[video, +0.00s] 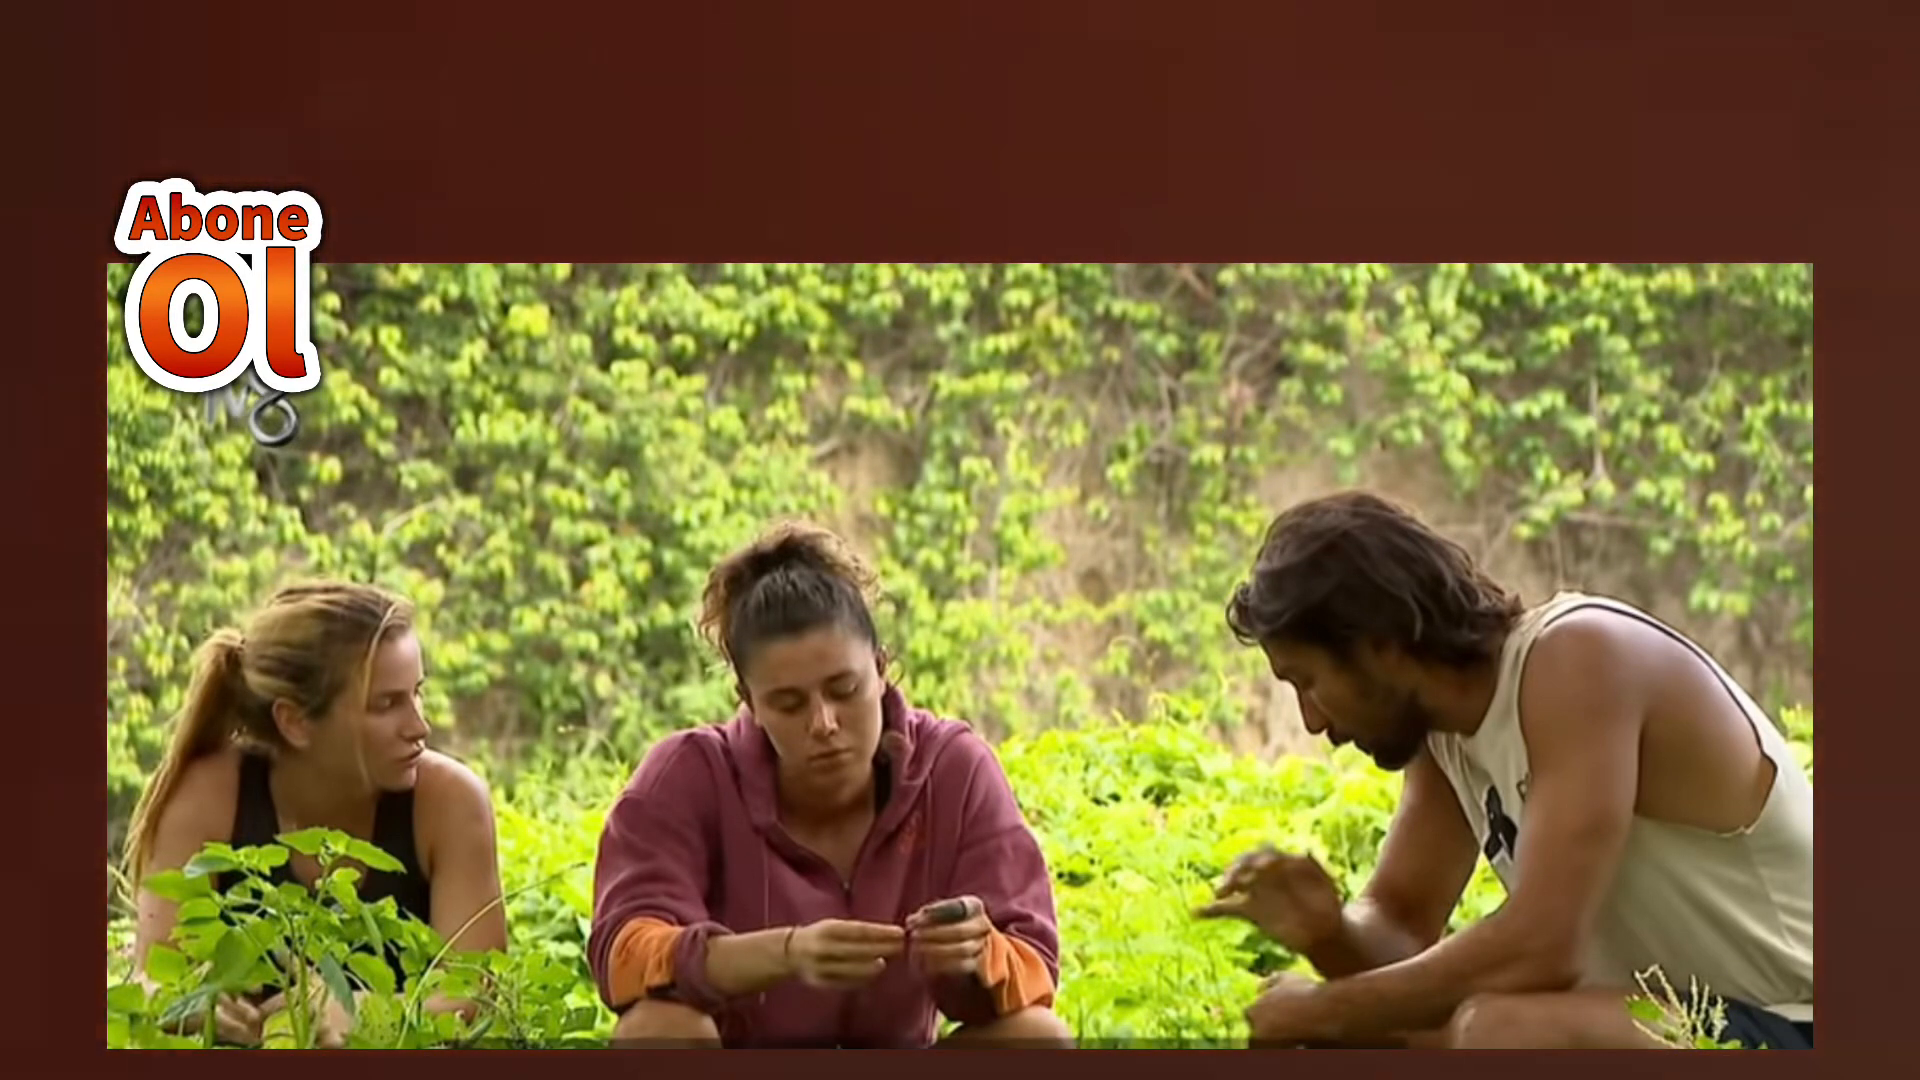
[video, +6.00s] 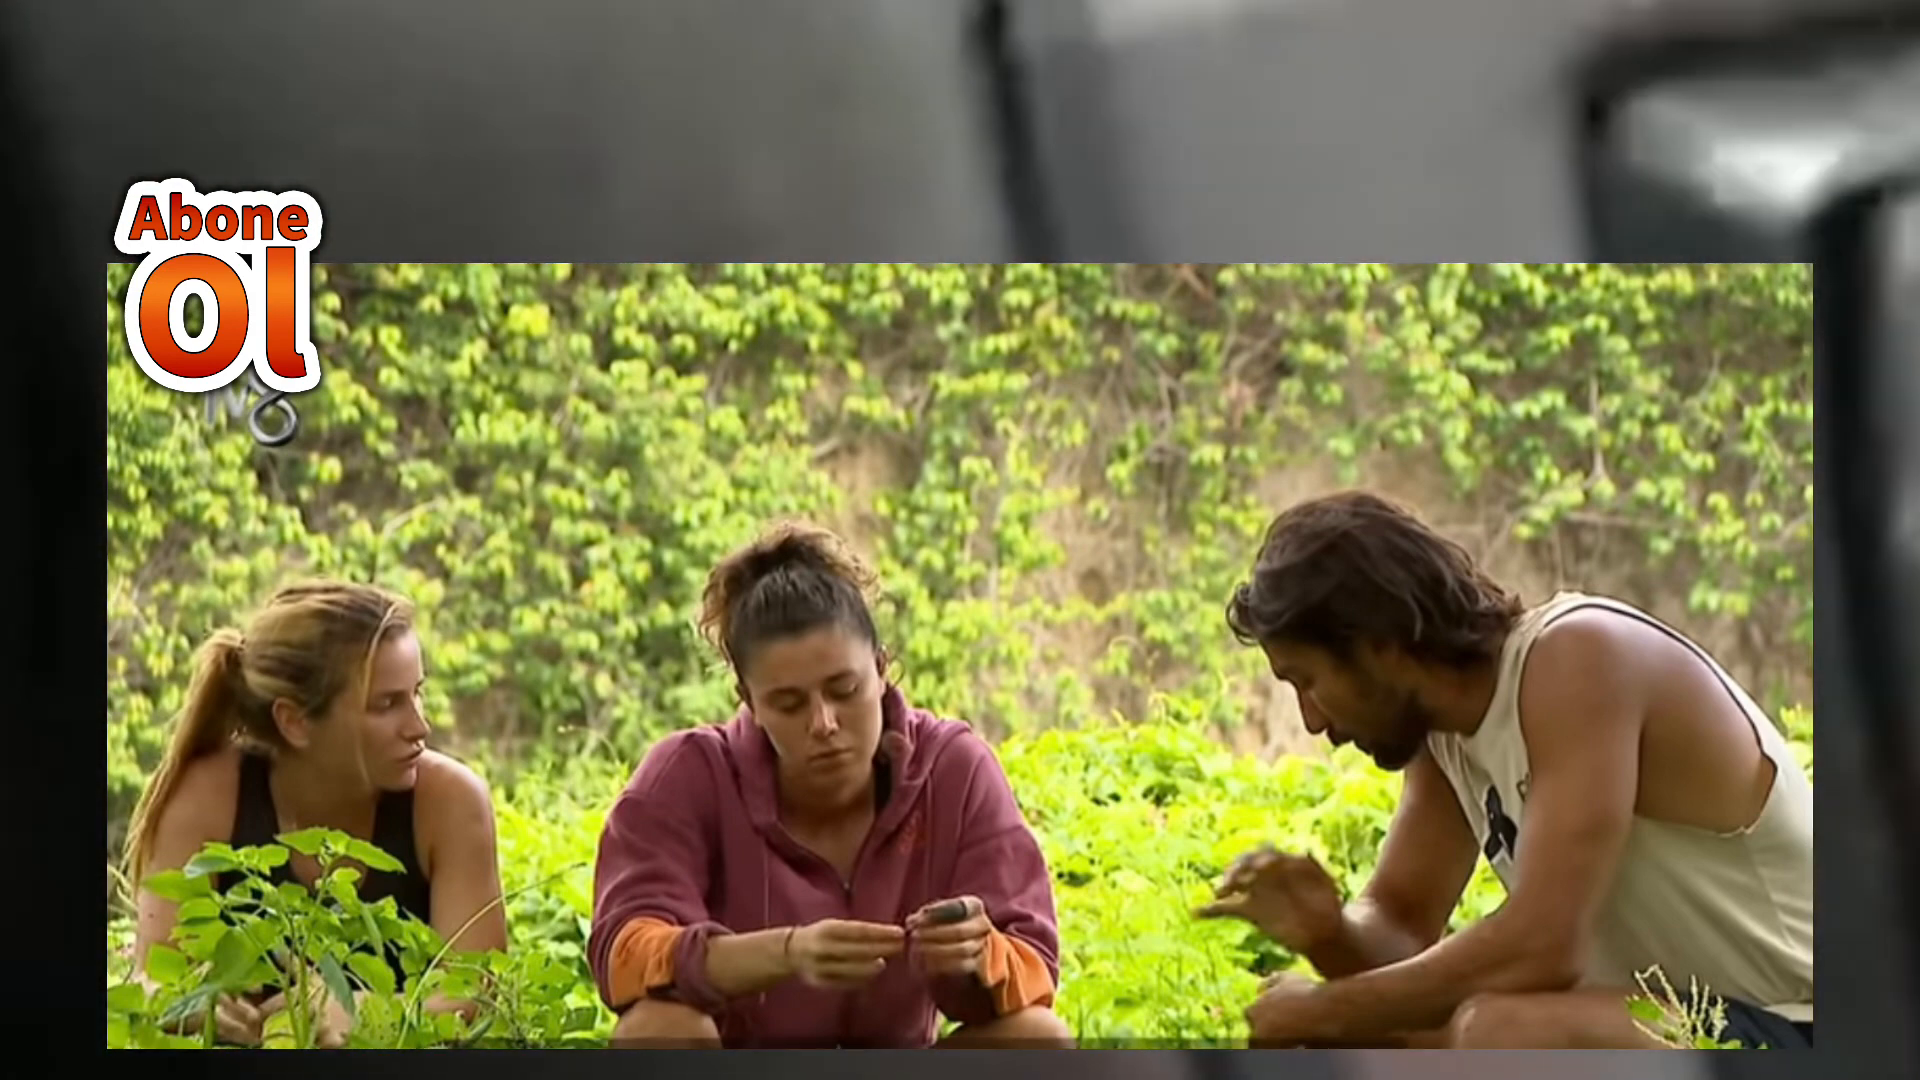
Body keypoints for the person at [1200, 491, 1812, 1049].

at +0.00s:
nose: (1311, 723)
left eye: (1306, 687)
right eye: (1296, 693)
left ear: (1384, 642)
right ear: (1384, 644)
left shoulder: (1585, 656)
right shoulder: (1450, 730)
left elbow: (1539, 950)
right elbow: (1402, 926)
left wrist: (1322, 1013)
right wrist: (1329, 931)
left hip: (1788, 1016)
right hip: (1660, 1002)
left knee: (1500, 1026)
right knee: (1374, 1030)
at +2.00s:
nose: (1311, 723)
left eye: (1307, 687)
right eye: (1296, 693)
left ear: (1385, 642)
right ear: (1385, 644)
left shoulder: (1584, 656)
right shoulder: (1450, 730)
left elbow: (1539, 951)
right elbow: (1402, 925)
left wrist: (1325, 1014)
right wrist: (1329, 933)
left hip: (1786, 1014)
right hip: (1655, 1001)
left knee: (1500, 1025)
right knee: (1380, 1025)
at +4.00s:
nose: (1311, 723)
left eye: (1306, 687)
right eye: (1295, 693)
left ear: (1384, 642)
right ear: (1383, 644)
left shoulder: (1584, 656)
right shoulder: (1450, 730)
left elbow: (1539, 950)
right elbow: (1403, 924)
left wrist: (1326, 1015)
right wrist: (1330, 933)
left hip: (1789, 1018)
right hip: (1659, 1003)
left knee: (1501, 1026)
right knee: (1380, 1026)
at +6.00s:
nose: (1310, 723)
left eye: (1305, 686)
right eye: (1295, 693)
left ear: (1385, 643)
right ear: (1385, 645)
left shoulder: (1584, 656)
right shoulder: (1451, 731)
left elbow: (1540, 950)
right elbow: (1403, 925)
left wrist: (1323, 1014)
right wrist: (1331, 933)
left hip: (1791, 1020)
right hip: (1659, 1004)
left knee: (1502, 1026)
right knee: (1375, 1032)